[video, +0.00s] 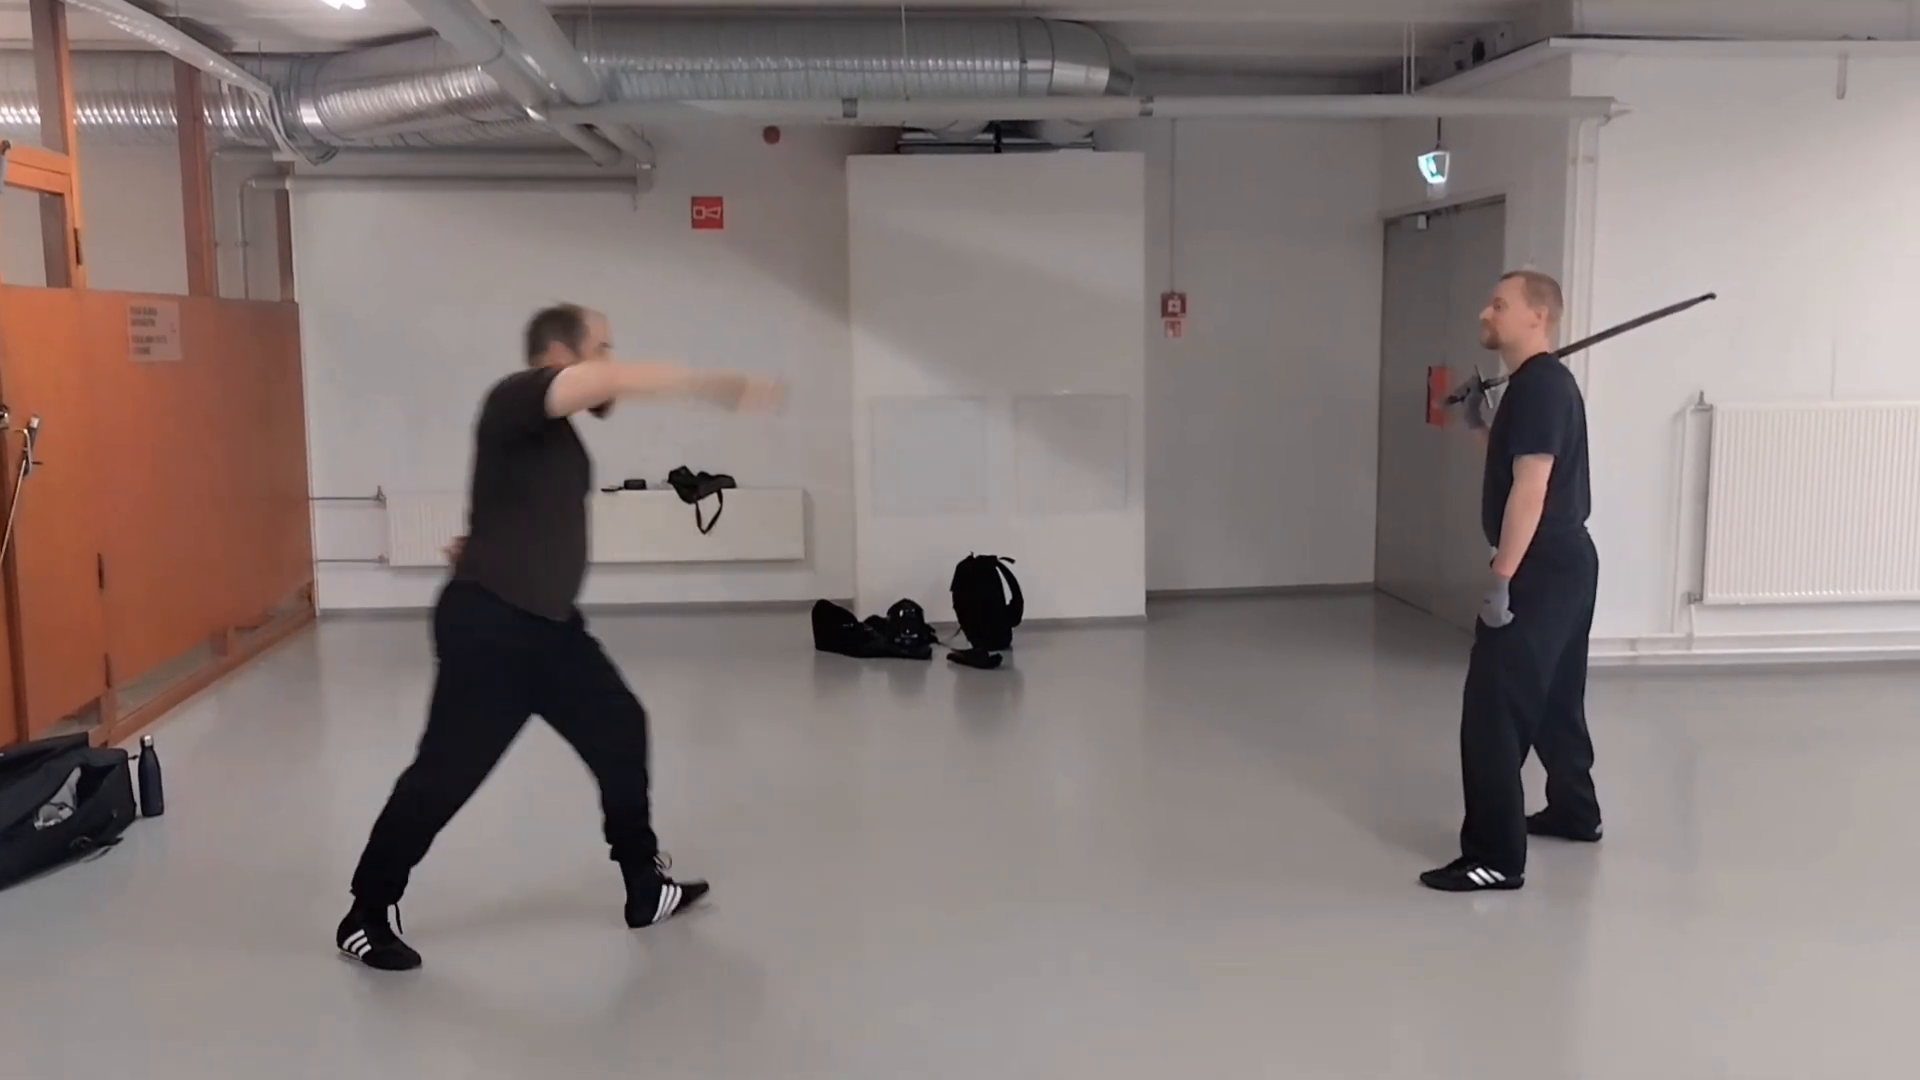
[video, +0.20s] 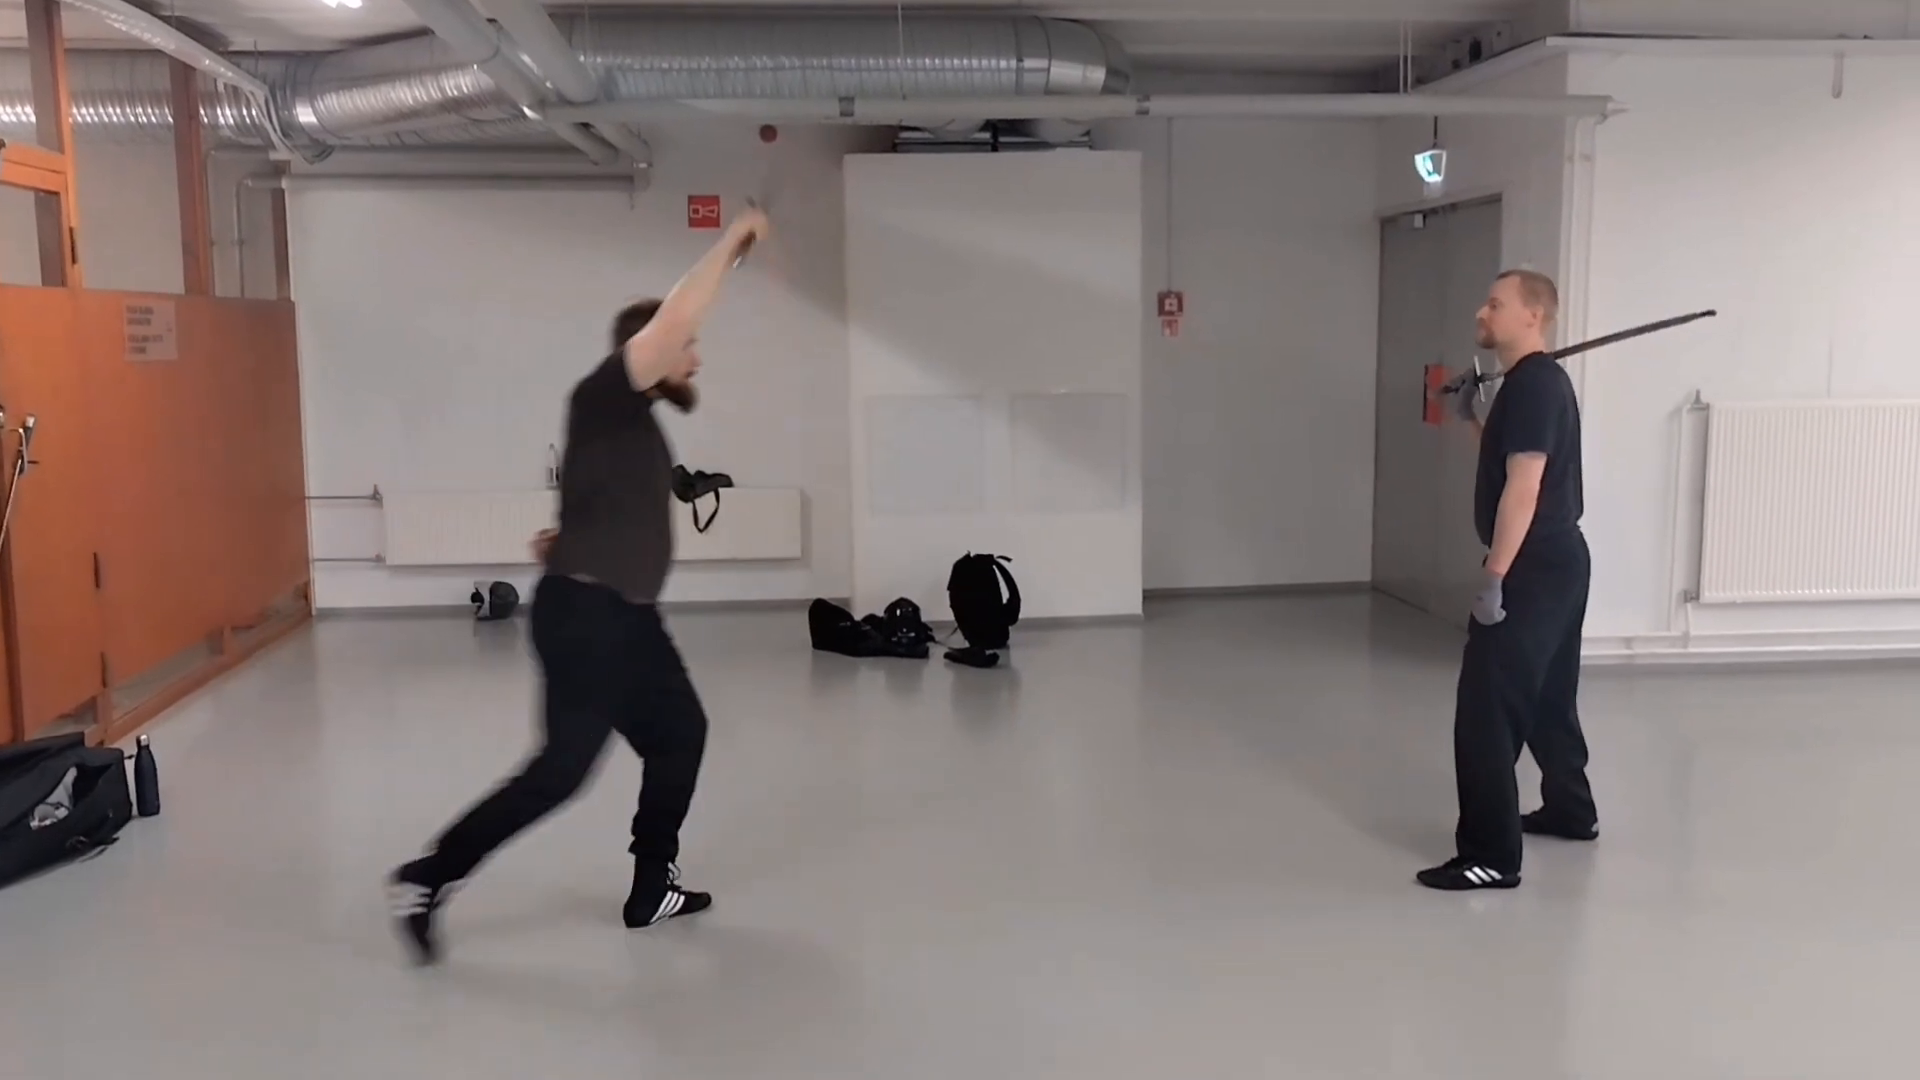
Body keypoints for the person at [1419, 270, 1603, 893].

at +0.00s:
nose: (1485, 314)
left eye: (1498, 305)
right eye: (1488, 305)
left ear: (1538, 317)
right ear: (1538, 321)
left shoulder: (1538, 383)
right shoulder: (1543, 381)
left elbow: (1533, 483)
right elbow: (1516, 466)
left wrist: (1500, 578)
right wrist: (1480, 423)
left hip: (1540, 567)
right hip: (1563, 561)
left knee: (1490, 708)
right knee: (1555, 694)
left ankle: (1494, 859)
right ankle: (1575, 811)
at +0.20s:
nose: (1481, 314)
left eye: (1494, 304)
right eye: (1484, 304)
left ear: (1533, 316)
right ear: (1533, 320)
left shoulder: (1532, 381)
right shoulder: (1538, 379)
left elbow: (1526, 481)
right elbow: (1508, 459)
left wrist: (1493, 575)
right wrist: (1474, 417)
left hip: (1532, 564)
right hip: (1557, 558)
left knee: (1482, 707)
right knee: (1547, 693)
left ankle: (1490, 857)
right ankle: (1570, 809)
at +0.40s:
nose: (1480, 317)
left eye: (1492, 307)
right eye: (1482, 307)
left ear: (1532, 317)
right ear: (1526, 320)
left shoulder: (1536, 383)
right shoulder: (1520, 383)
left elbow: (1528, 488)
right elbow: (1470, 463)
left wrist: (1494, 575)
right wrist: (1446, 404)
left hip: (1523, 565)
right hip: (1531, 560)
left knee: (1477, 710)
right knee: (1530, 695)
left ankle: (1485, 858)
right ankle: (1565, 810)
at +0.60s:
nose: (1482, 315)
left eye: (1494, 304)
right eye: (1483, 305)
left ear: (1534, 316)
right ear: (1505, 317)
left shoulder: (1556, 388)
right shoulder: (1485, 385)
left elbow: (1556, 488)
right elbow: (1406, 411)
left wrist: (1520, 575)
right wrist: (1403, 344)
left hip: (1530, 562)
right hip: (1489, 558)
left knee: (1491, 703)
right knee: (1518, 691)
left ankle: (1486, 857)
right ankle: (1563, 802)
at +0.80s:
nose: (1482, 312)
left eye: (1494, 303)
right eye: (1484, 303)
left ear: (1533, 313)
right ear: (1506, 315)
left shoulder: (1563, 389)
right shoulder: (1475, 375)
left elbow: (1567, 491)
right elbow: (1395, 374)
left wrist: (1533, 573)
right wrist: (1363, 301)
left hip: (1527, 559)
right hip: (1482, 554)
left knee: (1507, 698)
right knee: (1513, 687)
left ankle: (1491, 849)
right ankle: (1561, 796)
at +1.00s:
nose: (1464, 312)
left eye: (1477, 303)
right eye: (1466, 302)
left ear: (1517, 310)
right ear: (1497, 311)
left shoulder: (1545, 384)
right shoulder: (1464, 368)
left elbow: (1552, 483)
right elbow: (1414, 392)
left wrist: (1522, 562)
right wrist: (1364, 396)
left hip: (1512, 550)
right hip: (1467, 545)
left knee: (1498, 690)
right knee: (1502, 682)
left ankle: (1492, 842)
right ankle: (1557, 791)